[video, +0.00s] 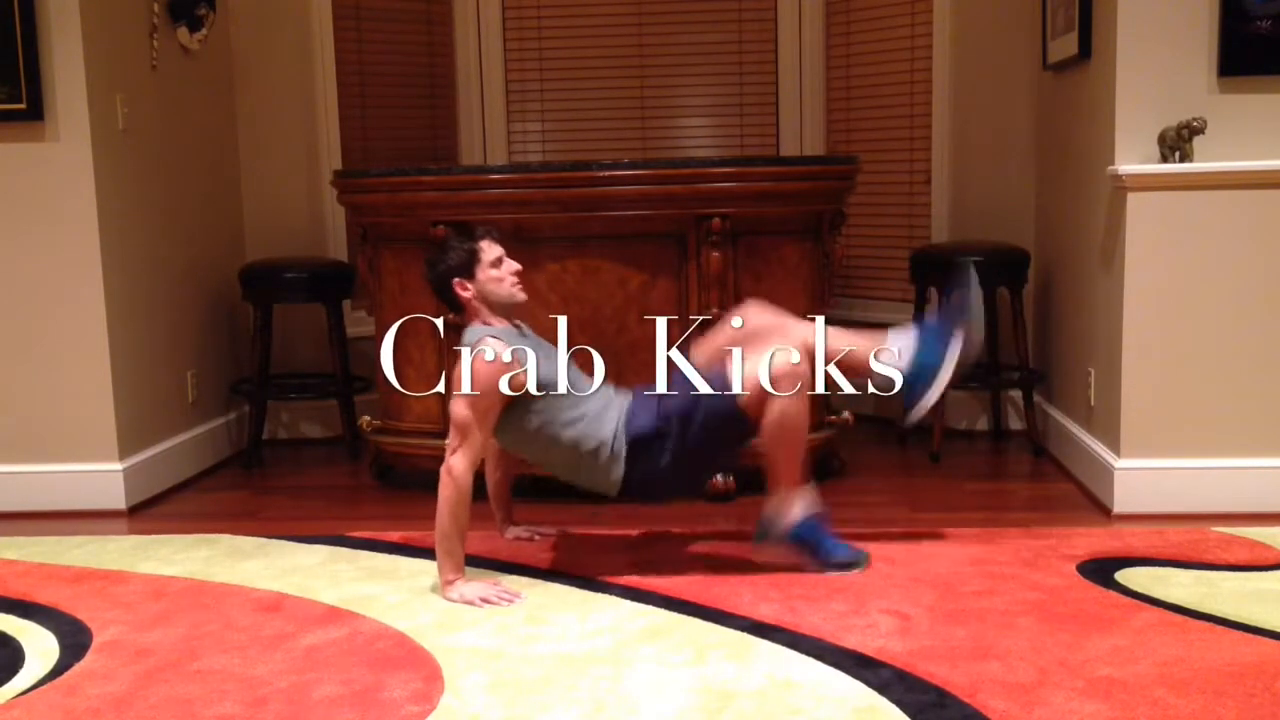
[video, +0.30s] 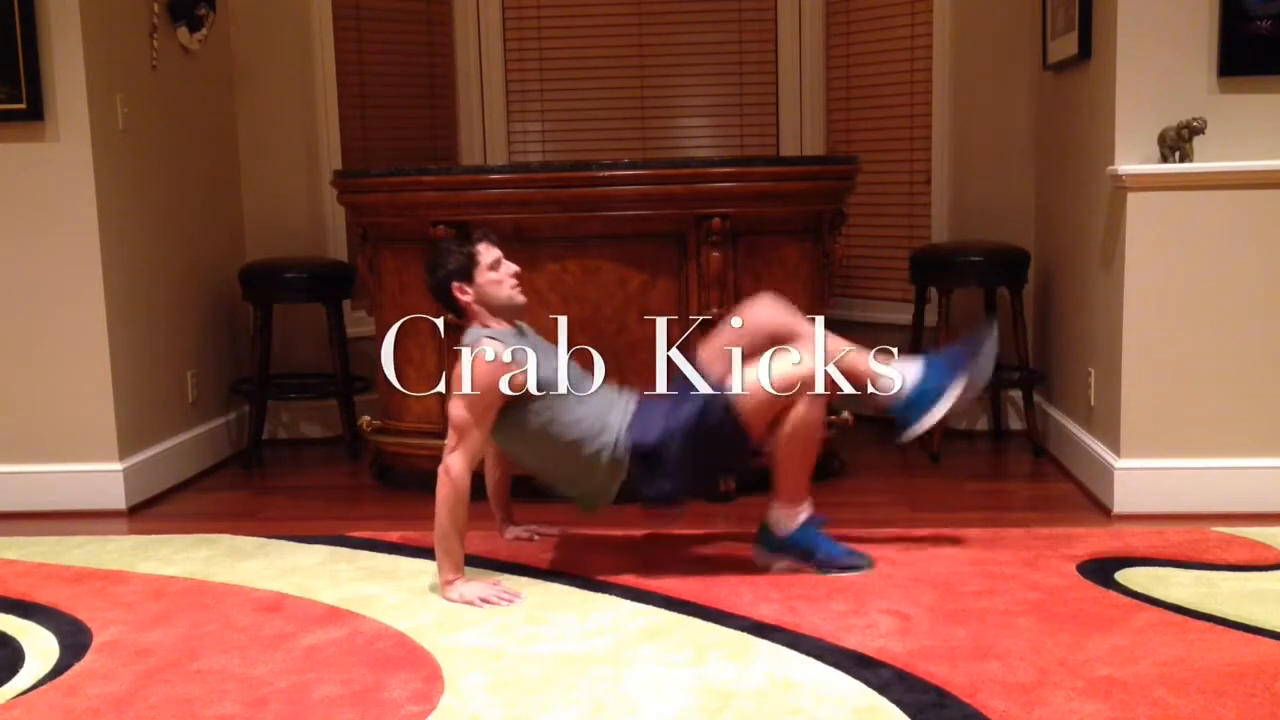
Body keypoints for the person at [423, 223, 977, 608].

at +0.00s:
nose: (514, 270)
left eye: (509, 261)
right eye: (498, 266)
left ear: (494, 279)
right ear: (466, 289)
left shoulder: (505, 337)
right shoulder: (484, 355)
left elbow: (493, 441)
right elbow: (456, 462)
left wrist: (501, 521)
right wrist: (450, 578)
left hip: (643, 416)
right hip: (636, 450)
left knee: (752, 316)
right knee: (783, 363)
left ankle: (901, 357)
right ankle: (787, 516)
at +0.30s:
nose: (514, 272)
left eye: (508, 263)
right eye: (498, 268)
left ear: (490, 283)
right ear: (466, 293)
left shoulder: (508, 338)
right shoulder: (483, 358)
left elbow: (492, 436)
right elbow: (454, 465)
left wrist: (500, 519)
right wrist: (450, 576)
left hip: (652, 415)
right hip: (643, 450)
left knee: (766, 313)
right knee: (807, 373)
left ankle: (902, 384)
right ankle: (786, 525)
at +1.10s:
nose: (517, 274)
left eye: (510, 267)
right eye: (501, 273)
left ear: (501, 293)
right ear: (476, 306)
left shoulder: (526, 341)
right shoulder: (498, 364)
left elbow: (498, 436)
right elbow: (458, 463)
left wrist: (501, 519)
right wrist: (447, 578)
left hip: (630, 471)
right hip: (616, 498)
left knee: (797, 389)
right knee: (740, 380)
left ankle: (896, 319)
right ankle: (756, 532)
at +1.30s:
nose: (501, 269)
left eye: (495, 260)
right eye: (484, 265)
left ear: (478, 280)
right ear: (451, 290)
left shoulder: (495, 335)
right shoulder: (472, 357)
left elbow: (489, 437)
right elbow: (449, 464)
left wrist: (499, 520)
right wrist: (449, 576)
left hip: (646, 408)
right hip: (639, 448)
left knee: (763, 312)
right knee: (795, 368)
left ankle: (865, 422)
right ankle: (771, 520)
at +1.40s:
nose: (494, 270)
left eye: (489, 261)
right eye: (478, 265)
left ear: (461, 285)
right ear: (446, 290)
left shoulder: (489, 337)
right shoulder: (468, 356)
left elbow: (491, 437)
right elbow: (450, 464)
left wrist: (502, 518)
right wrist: (450, 575)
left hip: (646, 395)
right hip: (646, 421)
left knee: (779, 324)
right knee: (775, 311)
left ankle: (794, 467)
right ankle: (861, 451)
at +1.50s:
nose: (499, 269)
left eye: (493, 260)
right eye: (483, 265)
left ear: (475, 283)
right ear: (451, 292)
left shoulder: (498, 340)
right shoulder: (472, 360)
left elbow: (489, 438)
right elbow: (448, 466)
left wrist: (499, 518)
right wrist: (449, 576)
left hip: (637, 423)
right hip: (630, 440)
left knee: (786, 354)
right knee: (763, 320)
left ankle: (754, 492)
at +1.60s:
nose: (513, 274)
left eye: (505, 265)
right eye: (496, 271)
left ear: (494, 289)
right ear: (468, 301)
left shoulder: (514, 342)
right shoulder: (491, 366)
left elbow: (493, 436)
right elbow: (455, 466)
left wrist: (500, 521)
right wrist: (446, 578)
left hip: (635, 440)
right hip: (628, 482)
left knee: (756, 367)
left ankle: (735, 522)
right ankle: (906, 308)